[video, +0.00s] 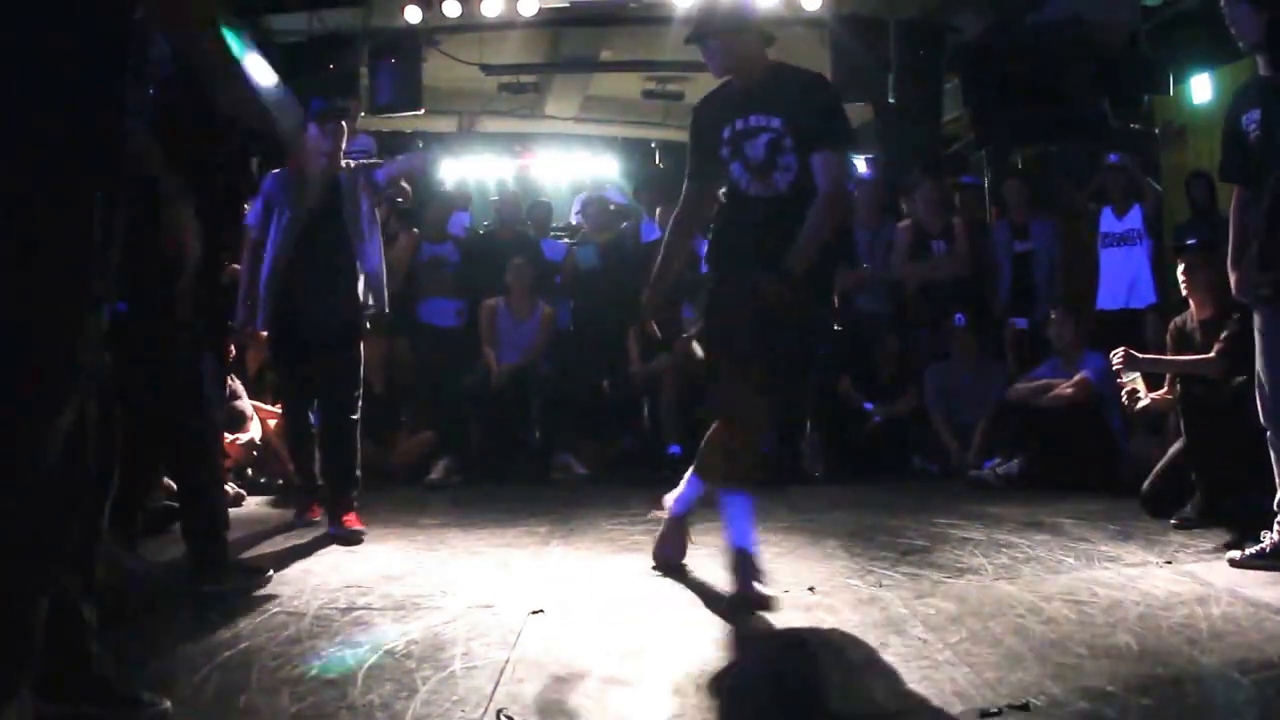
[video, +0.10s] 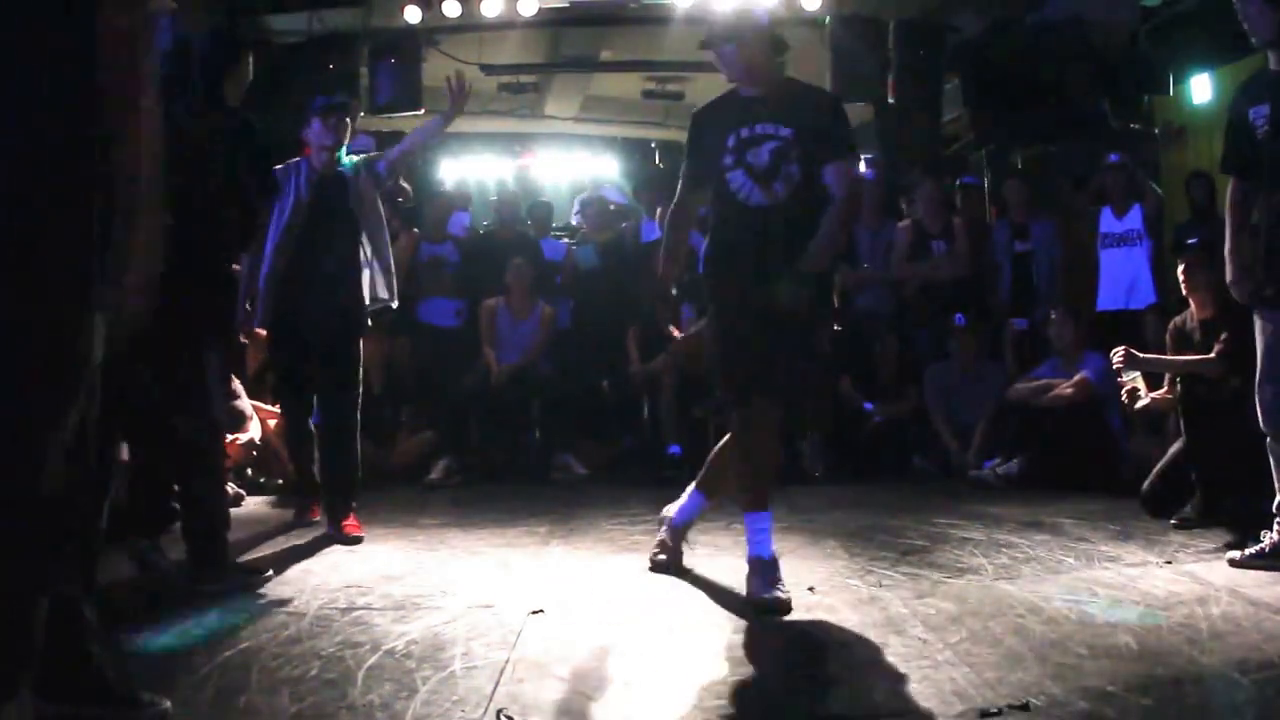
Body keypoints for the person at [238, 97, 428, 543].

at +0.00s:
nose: (331, 145)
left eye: (338, 138)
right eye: (324, 136)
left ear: (346, 142)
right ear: (306, 137)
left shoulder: (360, 185)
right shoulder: (278, 186)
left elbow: (408, 164)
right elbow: (254, 252)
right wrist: (249, 316)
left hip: (343, 317)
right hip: (291, 317)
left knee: (344, 411)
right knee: (296, 409)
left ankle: (345, 505)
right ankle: (308, 496)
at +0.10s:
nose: (336, 131)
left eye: (342, 124)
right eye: (327, 123)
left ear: (349, 131)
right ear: (307, 132)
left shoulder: (364, 174)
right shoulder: (286, 178)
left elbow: (409, 146)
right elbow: (261, 247)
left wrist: (449, 115)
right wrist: (251, 310)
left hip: (343, 313)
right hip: (291, 312)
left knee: (341, 413)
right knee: (296, 413)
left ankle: (342, 509)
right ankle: (308, 496)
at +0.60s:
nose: (339, 125)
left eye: (344, 116)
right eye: (330, 115)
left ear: (349, 121)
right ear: (307, 117)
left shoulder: (360, 164)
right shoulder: (275, 172)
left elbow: (413, 171)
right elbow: (251, 240)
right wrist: (253, 305)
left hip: (347, 308)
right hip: (293, 308)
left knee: (344, 415)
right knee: (292, 415)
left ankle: (341, 510)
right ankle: (290, 512)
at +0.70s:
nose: (340, 118)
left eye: (340, 110)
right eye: (329, 109)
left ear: (341, 116)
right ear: (300, 117)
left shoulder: (359, 167)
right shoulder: (271, 177)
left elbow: (403, 206)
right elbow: (255, 251)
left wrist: (447, 257)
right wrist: (262, 313)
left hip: (347, 314)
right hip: (291, 314)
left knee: (345, 418)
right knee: (289, 421)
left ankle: (342, 511)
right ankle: (290, 512)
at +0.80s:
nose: (344, 117)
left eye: (341, 110)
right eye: (333, 111)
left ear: (332, 120)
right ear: (304, 121)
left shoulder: (355, 171)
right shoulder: (271, 181)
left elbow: (379, 232)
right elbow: (257, 253)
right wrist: (261, 319)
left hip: (343, 317)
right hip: (290, 320)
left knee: (352, 413)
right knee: (288, 421)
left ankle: (342, 506)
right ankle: (291, 512)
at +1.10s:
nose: (370, 140)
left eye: (372, 130)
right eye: (363, 129)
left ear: (345, 129)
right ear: (337, 126)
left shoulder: (336, 177)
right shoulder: (305, 178)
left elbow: (336, 254)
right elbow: (298, 258)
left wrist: (344, 313)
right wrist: (309, 324)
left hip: (334, 319)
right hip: (300, 323)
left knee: (352, 405)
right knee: (296, 420)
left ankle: (342, 495)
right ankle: (291, 514)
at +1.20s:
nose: (373, 150)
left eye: (376, 142)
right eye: (369, 140)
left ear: (355, 135)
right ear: (348, 130)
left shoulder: (336, 176)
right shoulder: (321, 176)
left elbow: (334, 253)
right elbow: (322, 256)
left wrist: (343, 311)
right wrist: (340, 315)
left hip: (327, 316)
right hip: (306, 317)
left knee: (340, 409)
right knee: (303, 415)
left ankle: (341, 496)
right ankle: (290, 517)